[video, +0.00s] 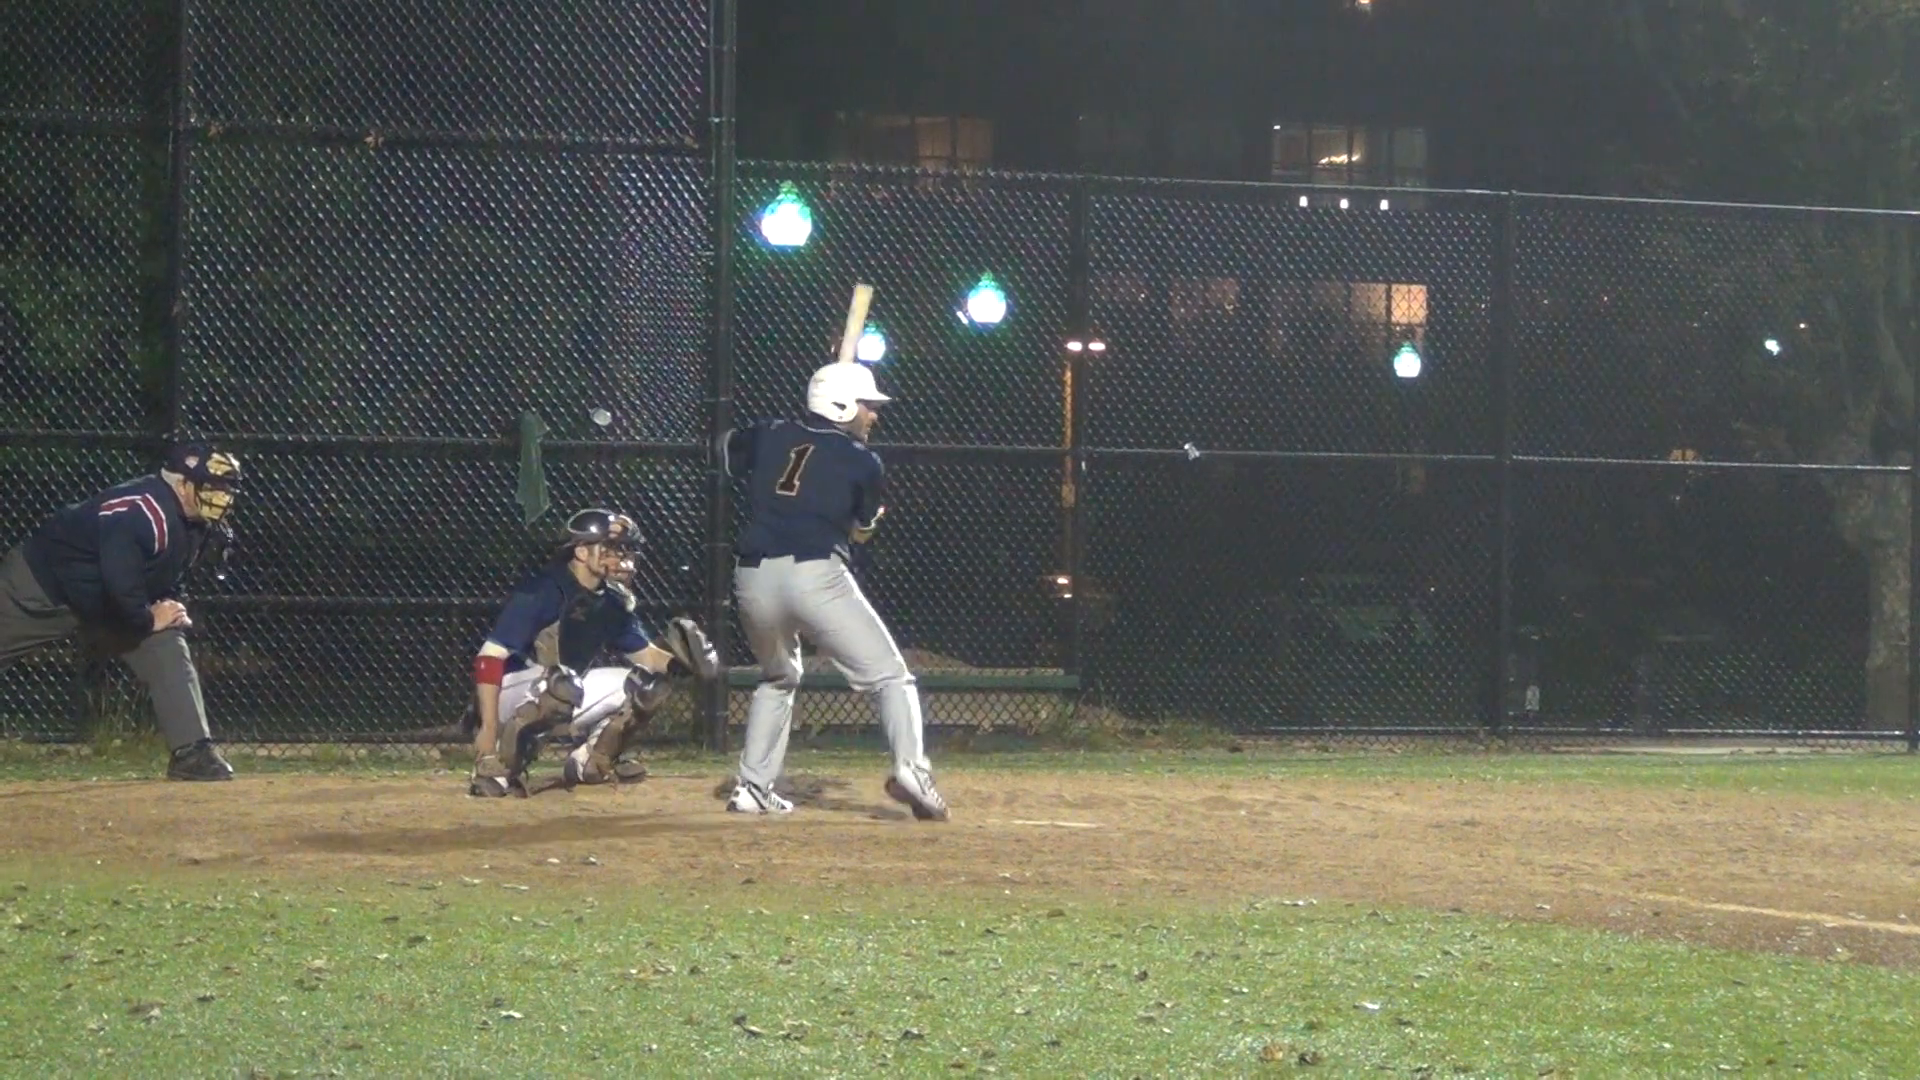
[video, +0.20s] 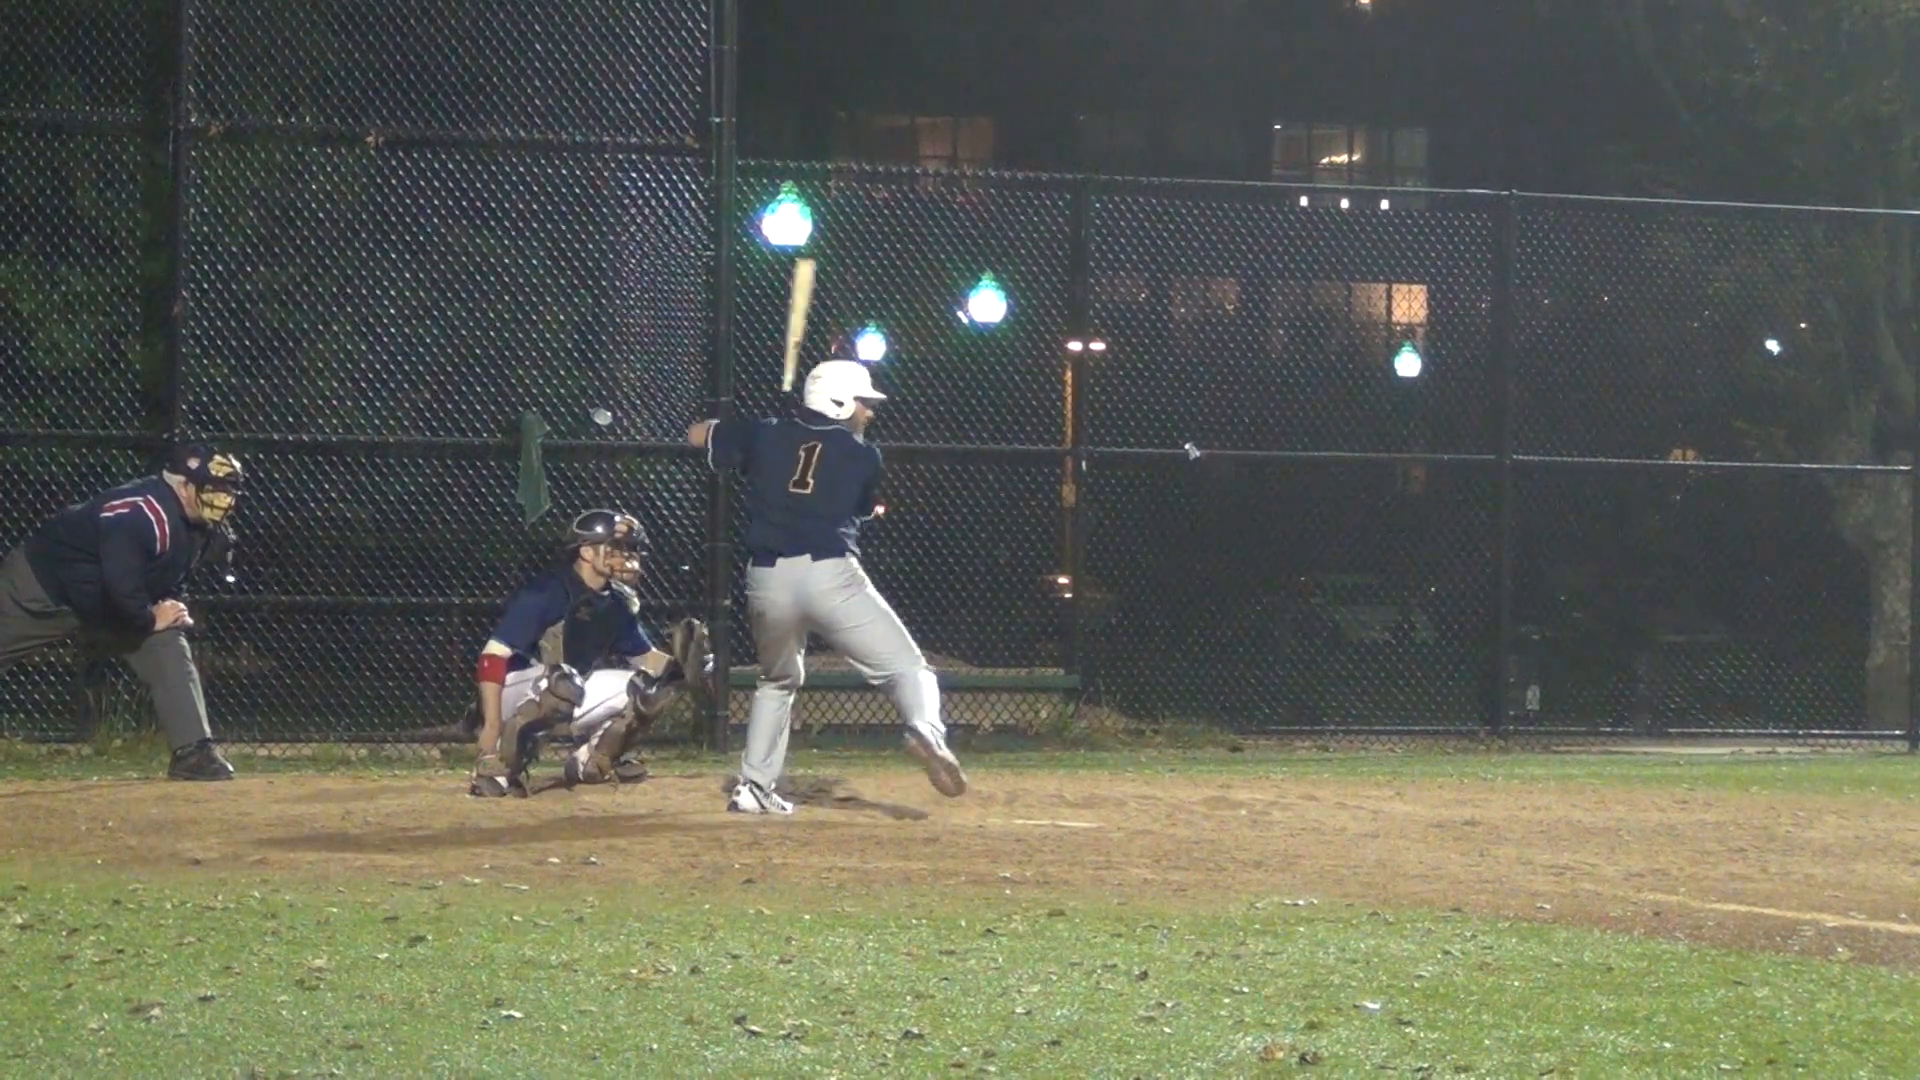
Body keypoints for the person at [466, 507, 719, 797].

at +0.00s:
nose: (620, 560)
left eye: (622, 552)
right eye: (610, 550)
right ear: (581, 553)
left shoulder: (611, 602)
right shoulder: (543, 591)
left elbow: (647, 655)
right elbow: (489, 659)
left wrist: (684, 661)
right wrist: (489, 728)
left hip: (569, 691)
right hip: (508, 692)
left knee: (646, 686)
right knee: (561, 686)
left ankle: (591, 764)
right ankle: (495, 767)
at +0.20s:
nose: (621, 556)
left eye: (623, 549)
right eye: (611, 548)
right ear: (585, 552)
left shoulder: (616, 604)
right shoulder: (549, 591)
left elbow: (647, 658)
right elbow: (493, 656)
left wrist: (685, 666)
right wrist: (492, 725)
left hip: (571, 691)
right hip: (511, 691)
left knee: (649, 689)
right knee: (563, 686)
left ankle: (592, 764)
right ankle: (496, 768)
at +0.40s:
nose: (627, 565)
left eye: (629, 557)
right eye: (617, 556)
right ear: (587, 558)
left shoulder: (622, 605)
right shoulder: (545, 597)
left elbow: (659, 659)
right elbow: (490, 659)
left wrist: (687, 654)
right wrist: (490, 730)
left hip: (576, 694)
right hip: (513, 695)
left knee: (648, 692)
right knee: (566, 684)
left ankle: (592, 763)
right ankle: (500, 767)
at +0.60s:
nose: (619, 571)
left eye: (622, 563)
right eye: (610, 561)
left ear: (627, 565)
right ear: (581, 561)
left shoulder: (618, 609)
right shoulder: (539, 597)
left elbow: (672, 644)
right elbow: (481, 659)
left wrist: (706, 665)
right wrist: (487, 730)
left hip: (567, 699)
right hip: (505, 699)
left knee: (647, 694)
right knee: (564, 682)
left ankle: (591, 766)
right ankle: (497, 770)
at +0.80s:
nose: (620, 563)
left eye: (623, 555)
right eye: (610, 554)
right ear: (582, 554)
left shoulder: (618, 600)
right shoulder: (545, 589)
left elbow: (647, 645)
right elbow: (482, 647)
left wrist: (682, 657)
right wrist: (487, 710)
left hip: (568, 692)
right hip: (505, 692)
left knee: (648, 692)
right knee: (562, 687)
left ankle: (594, 765)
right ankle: (496, 769)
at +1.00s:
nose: (621, 539)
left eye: (624, 532)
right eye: (610, 530)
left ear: (631, 536)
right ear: (581, 534)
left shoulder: (621, 584)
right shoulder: (542, 580)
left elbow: (655, 652)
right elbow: (501, 645)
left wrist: (637, 626)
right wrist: (555, 638)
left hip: (579, 681)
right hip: (515, 679)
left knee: (657, 695)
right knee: (569, 690)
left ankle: (593, 761)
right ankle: (501, 770)